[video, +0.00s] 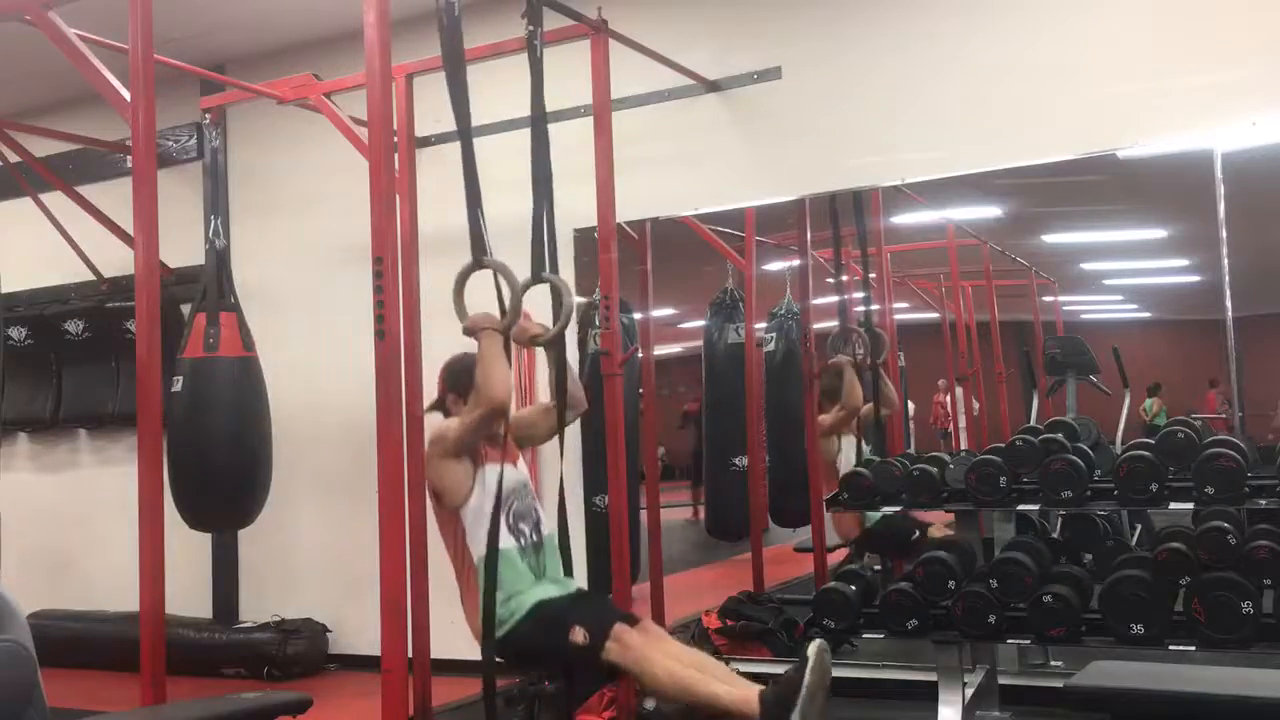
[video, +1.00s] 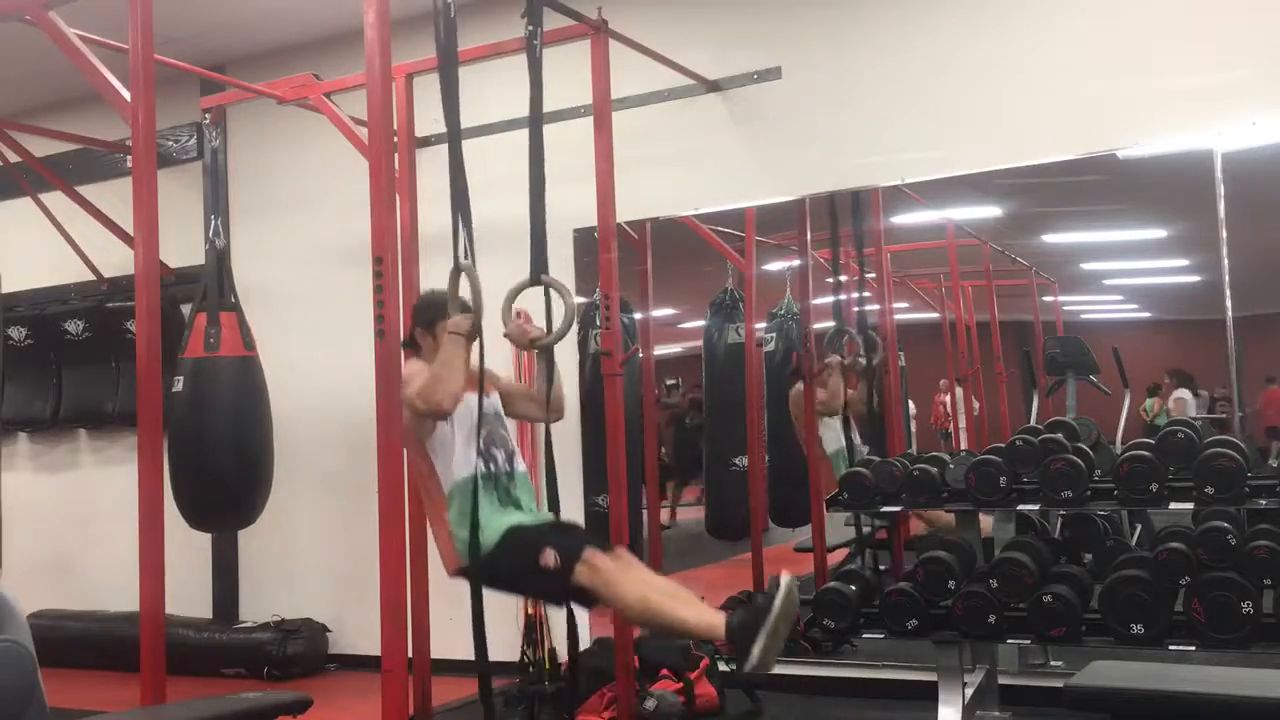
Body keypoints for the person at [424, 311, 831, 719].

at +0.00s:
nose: (496, 399)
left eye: (494, 391)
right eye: (478, 394)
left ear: (477, 396)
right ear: (454, 399)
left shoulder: (505, 436)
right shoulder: (443, 445)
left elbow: (570, 402)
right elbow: (492, 402)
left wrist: (546, 344)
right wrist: (488, 334)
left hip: (556, 592)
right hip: (513, 611)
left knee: (648, 632)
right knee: (624, 640)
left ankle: (769, 698)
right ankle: (761, 706)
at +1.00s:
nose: (464, 344)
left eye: (466, 336)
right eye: (454, 334)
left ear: (465, 339)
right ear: (423, 336)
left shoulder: (477, 380)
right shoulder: (411, 376)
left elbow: (549, 408)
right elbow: (442, 399)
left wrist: (535, 350)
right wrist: (457, 333)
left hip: (520, 518)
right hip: (476, 535)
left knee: (618, 558)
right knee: (594, 566)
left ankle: (731, 624)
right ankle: (729, 634)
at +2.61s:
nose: (598, 86)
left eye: (600, 76)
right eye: (585, 75)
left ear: (595, 86)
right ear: (548, 81)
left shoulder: (579, 155)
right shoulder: (516, 142)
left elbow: (548, 241)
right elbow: (454, 226)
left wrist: (562, 308)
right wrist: (448, 309)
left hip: (525, 317)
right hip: (481, 312)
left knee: (509, 435)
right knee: (485, 432)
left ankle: (482, 566)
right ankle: (461, 567)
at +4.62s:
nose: (538, 254)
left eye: (539, 244)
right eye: (526, 243)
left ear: (536, 252)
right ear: (491, 249)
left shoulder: (527, 302)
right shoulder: (452, 286)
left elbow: (542, 341)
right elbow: (381, 333)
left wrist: (562, 335)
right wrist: (431, 321)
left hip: (506, 454)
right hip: (453, 457)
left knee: (586, 532)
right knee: (560, 538)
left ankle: (642, 663)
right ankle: (630, 673)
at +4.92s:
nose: (474, 372)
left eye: (474, 363)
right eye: (464, 363)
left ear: (473, 369)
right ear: (433, 372)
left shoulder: (481, 418)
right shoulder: (421, 432)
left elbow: (541, 404)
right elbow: (412, 406)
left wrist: (531, 348)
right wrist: (412, 358)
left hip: (513, 560)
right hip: (465, 578)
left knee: (614, 590)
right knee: (589, 599)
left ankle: (726, 664)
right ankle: (720, 669)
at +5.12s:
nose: (468, 427)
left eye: (466, 416)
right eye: (456, 418)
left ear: (458, 417)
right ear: (430, 423)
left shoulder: (486, 458)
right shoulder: (423, 465)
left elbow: (547, 408)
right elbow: (469, 410)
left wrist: (530, 345)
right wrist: (468, 335)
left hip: (518, 614)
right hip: (472, 631)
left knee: (616, 631)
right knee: (593, 640)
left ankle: (738, 678)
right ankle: (732, 686)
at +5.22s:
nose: (488, 430)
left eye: (490, 420)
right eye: (476, 421)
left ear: (493, 422)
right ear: (443, 430)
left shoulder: (499, 462)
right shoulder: (436, 472)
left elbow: (556, 409)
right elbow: (482, 407)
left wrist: (538, 343)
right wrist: (476, 334)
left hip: (528, 620)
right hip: (477, 639)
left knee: (622, 648)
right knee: (594, 656)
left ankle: (738, 694)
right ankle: (733, 701)